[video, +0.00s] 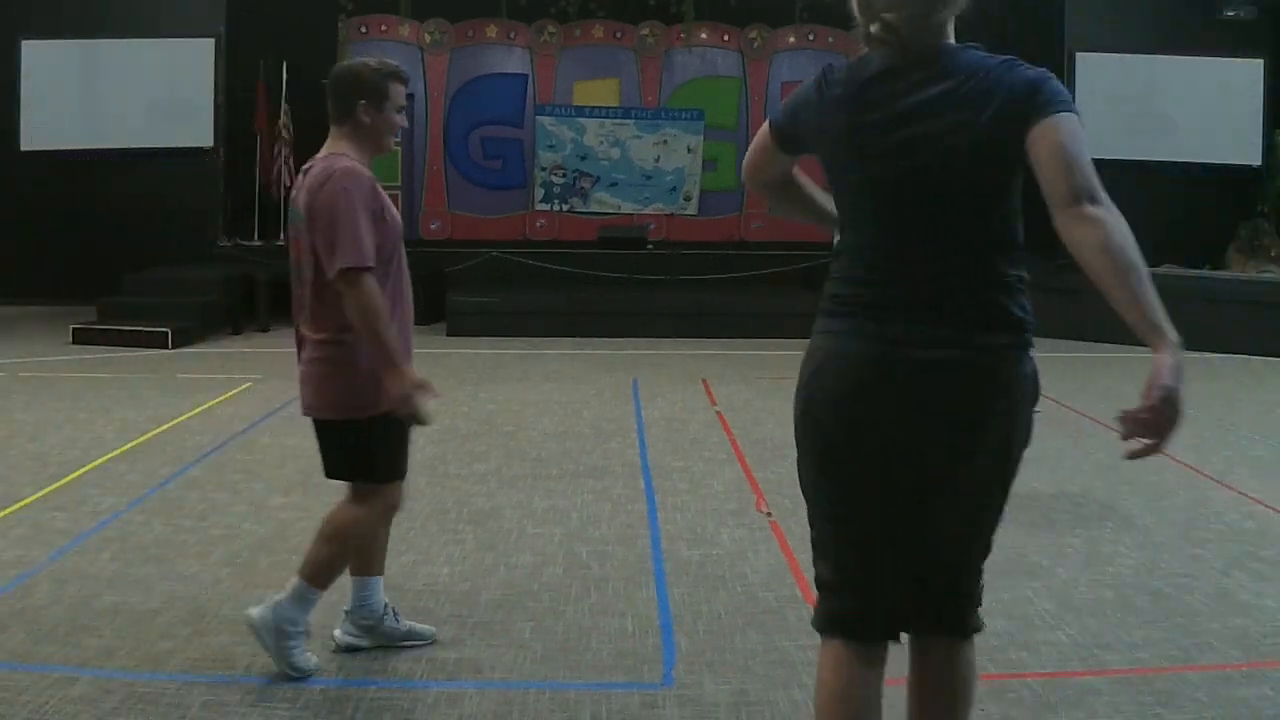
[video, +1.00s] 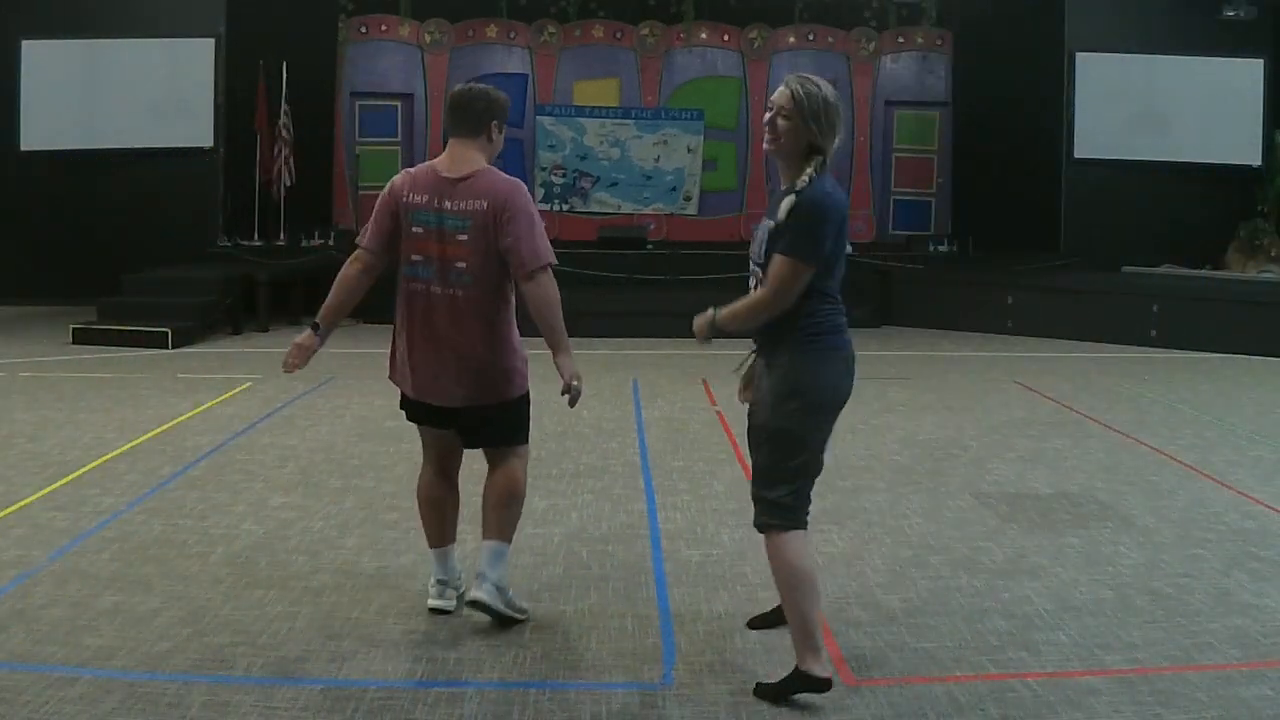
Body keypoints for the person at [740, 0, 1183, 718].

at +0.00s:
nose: (860, 15)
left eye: (860, 8)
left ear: (864, 11)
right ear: (955, 9)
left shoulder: (833, 92)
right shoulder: (1022, 89)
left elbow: (762, 169)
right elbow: (1081, 206)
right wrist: (1163, 342)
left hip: (850, 377)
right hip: (981, 382)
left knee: (850, 618)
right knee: (947, 613)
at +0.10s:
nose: (841, 36)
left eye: (846, 26)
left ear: (854, 42)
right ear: (952, 38)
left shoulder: (826, 126)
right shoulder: (1004, 128)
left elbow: (746, 233)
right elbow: (1041, 241)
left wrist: (808, 319)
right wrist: (1104, 371)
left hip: (827, 403)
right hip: (948, 413)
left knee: (829, 613)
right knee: (920, 628)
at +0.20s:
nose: (853, 91)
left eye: (856, 81)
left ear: (856, 98)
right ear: (939, 102)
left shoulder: (813, 190)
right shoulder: (978, 195)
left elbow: (746, 318)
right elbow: (1005, 320)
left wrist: (755, 418)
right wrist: (1046, 451)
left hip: (813, 445)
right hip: (928, 452)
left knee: (809, 610)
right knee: (902, 647)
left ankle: (799, 713)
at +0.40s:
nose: (800, 109)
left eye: (806, 100)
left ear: (811, 116)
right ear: (883, 123)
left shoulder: (767, 201)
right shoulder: (911, 207)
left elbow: (745, 319)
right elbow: (923, 333)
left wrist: (721, 421)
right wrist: (953, 422)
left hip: (782, 421)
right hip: (878, 423)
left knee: (783, 562)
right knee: (889, 590)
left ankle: (782, 698)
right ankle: (890, 712)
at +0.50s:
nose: (782, 107)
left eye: (786, 99)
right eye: (791, 98)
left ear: (793, 111)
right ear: (860, 116)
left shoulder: (757, 194)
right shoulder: (892, 198)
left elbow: (730, 306)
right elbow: (907, 311)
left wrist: (704, 400)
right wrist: (914, 367)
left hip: (765, 398)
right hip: (857, 402)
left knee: (776, 546)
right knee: (877, 555)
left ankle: (777, 692)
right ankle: (880, 703)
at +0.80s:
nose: (763, 96)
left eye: (770, 88)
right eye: (767, 86)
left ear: (786, 103)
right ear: (837, 105)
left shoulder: (771, 176)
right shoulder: (863, 179)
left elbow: (723, 271)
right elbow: (873, 278)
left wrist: (702, 308)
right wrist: (822, 301)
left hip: (772, 354)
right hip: (839, 354)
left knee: (762, 514)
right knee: (800, 487)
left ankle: (771, 676)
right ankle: (821, 606)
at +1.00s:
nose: (768, 122)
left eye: (780, 115)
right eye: (769, 113)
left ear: (811, 129)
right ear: (781, 124)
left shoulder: (815, 199)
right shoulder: (793, 191)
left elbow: (777, 294)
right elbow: (789, 291)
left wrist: (713, 320)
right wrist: (761, 358)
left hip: (806, 362)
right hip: (794, 358)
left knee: (781, 513)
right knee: (779, 496)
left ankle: (812, 666)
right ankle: (797, 600)